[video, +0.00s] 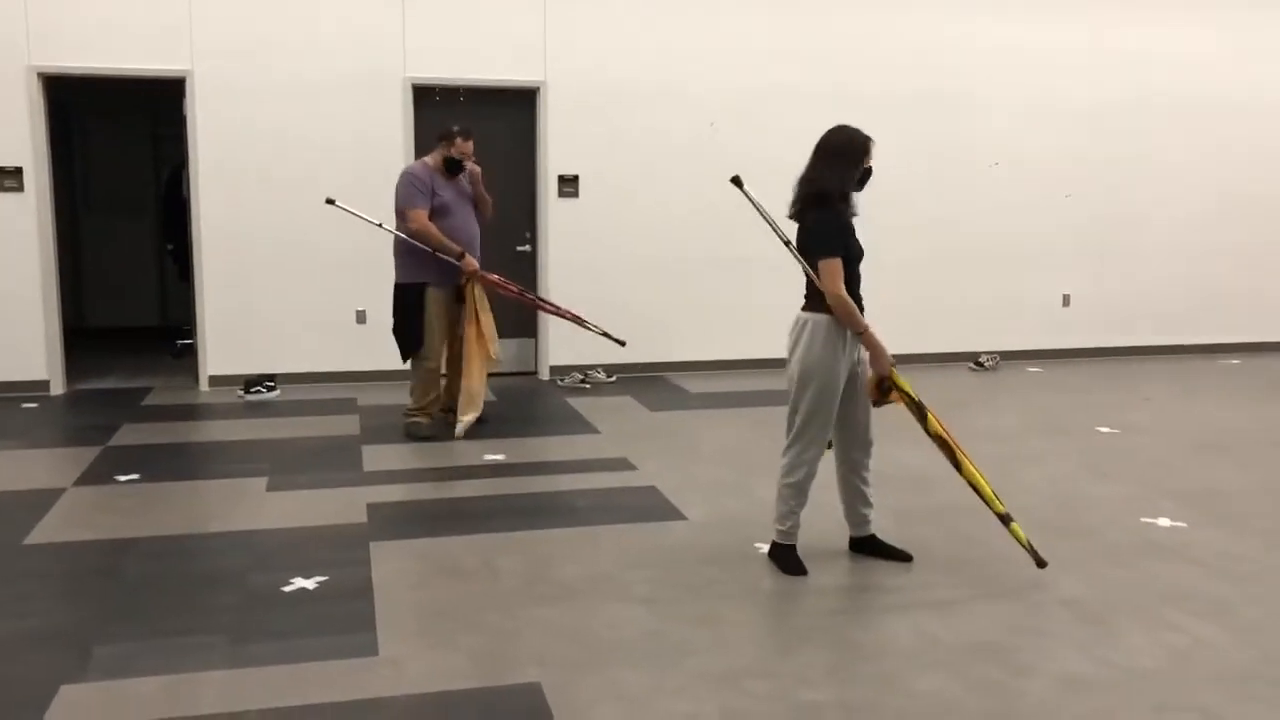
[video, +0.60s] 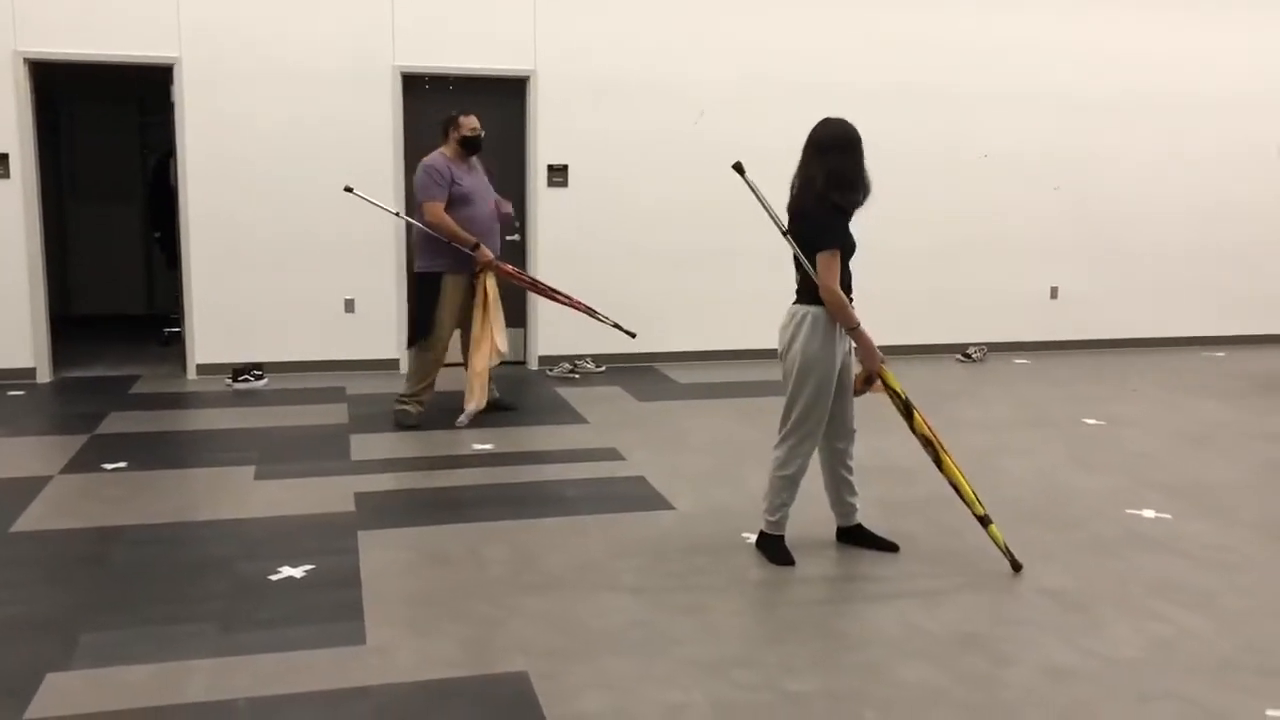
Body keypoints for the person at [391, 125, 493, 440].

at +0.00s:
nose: (463, 163)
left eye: (467, 159)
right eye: (459, 157)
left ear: (469, 154)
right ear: (443, 148)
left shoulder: (462, 176)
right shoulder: (416, 175)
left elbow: (484, 216)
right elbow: (417, 223)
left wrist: (477, 185)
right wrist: (459, 254)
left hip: (460, 278)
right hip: (425, 279)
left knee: (462, 347)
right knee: (429, 352)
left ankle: (456, 406)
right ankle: (419, 415)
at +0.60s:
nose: (478, 136)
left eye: (480, 131)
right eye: (471, 131)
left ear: (478, 135)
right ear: (452, 134)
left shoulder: (474, 164)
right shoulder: (433, 166)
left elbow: (483, 201)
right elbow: (433, 216)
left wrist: (500, 207)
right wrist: (474, 245)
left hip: (477, 265)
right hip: (442, 268)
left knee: (480, 333)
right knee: (433, 339)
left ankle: (483, 395)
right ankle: (410, 403)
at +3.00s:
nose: (422, 111)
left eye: (426, 107)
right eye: (414, 108)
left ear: (431, 113)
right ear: (400, 116)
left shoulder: (439, 147)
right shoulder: (389, 148)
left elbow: (457, 190)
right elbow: (390, 197)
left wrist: (468, 216)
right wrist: (440, 215)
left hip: (442, 249)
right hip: (402, 252)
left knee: (447, 317)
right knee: (396, 325)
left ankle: (452, 378)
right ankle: (379, 389)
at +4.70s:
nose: (451, 134)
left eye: (454, 130)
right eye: (444, 130)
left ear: (458, 134)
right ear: (429, 135)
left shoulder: (457, 165)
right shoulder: (418, 166)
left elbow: (466, 203)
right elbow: (421, 214)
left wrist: (486, 214)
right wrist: (464, 241)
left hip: (461, 266)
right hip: (425, 269)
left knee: (467, 336)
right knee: (420, 341)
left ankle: (474, 396)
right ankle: (402, 403)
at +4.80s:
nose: (451, 133)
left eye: (454, 129)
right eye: (444, 129)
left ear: (458, 133)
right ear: (428, 134)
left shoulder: (458, 165)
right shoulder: (417, 166)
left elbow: (471, 206)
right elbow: (422, 213)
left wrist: (487, 228)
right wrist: (464, 240)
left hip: (460, 265)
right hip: (425, 268)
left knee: (466, 336)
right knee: (421, 341)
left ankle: (473, 395)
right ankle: (402, 403)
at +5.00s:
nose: (449, 131)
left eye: (452, 126)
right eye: (442, 126)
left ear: (457, 130)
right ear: (427, 132)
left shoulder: (460, 162)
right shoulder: (417, 163)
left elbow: (478, 206)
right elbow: (424, 210)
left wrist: (487, 233)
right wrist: (471, 234)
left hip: (463, 263)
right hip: (425, 266)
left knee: (467, 333)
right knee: (420, 338)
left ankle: (471, 392)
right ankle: (401, 402)